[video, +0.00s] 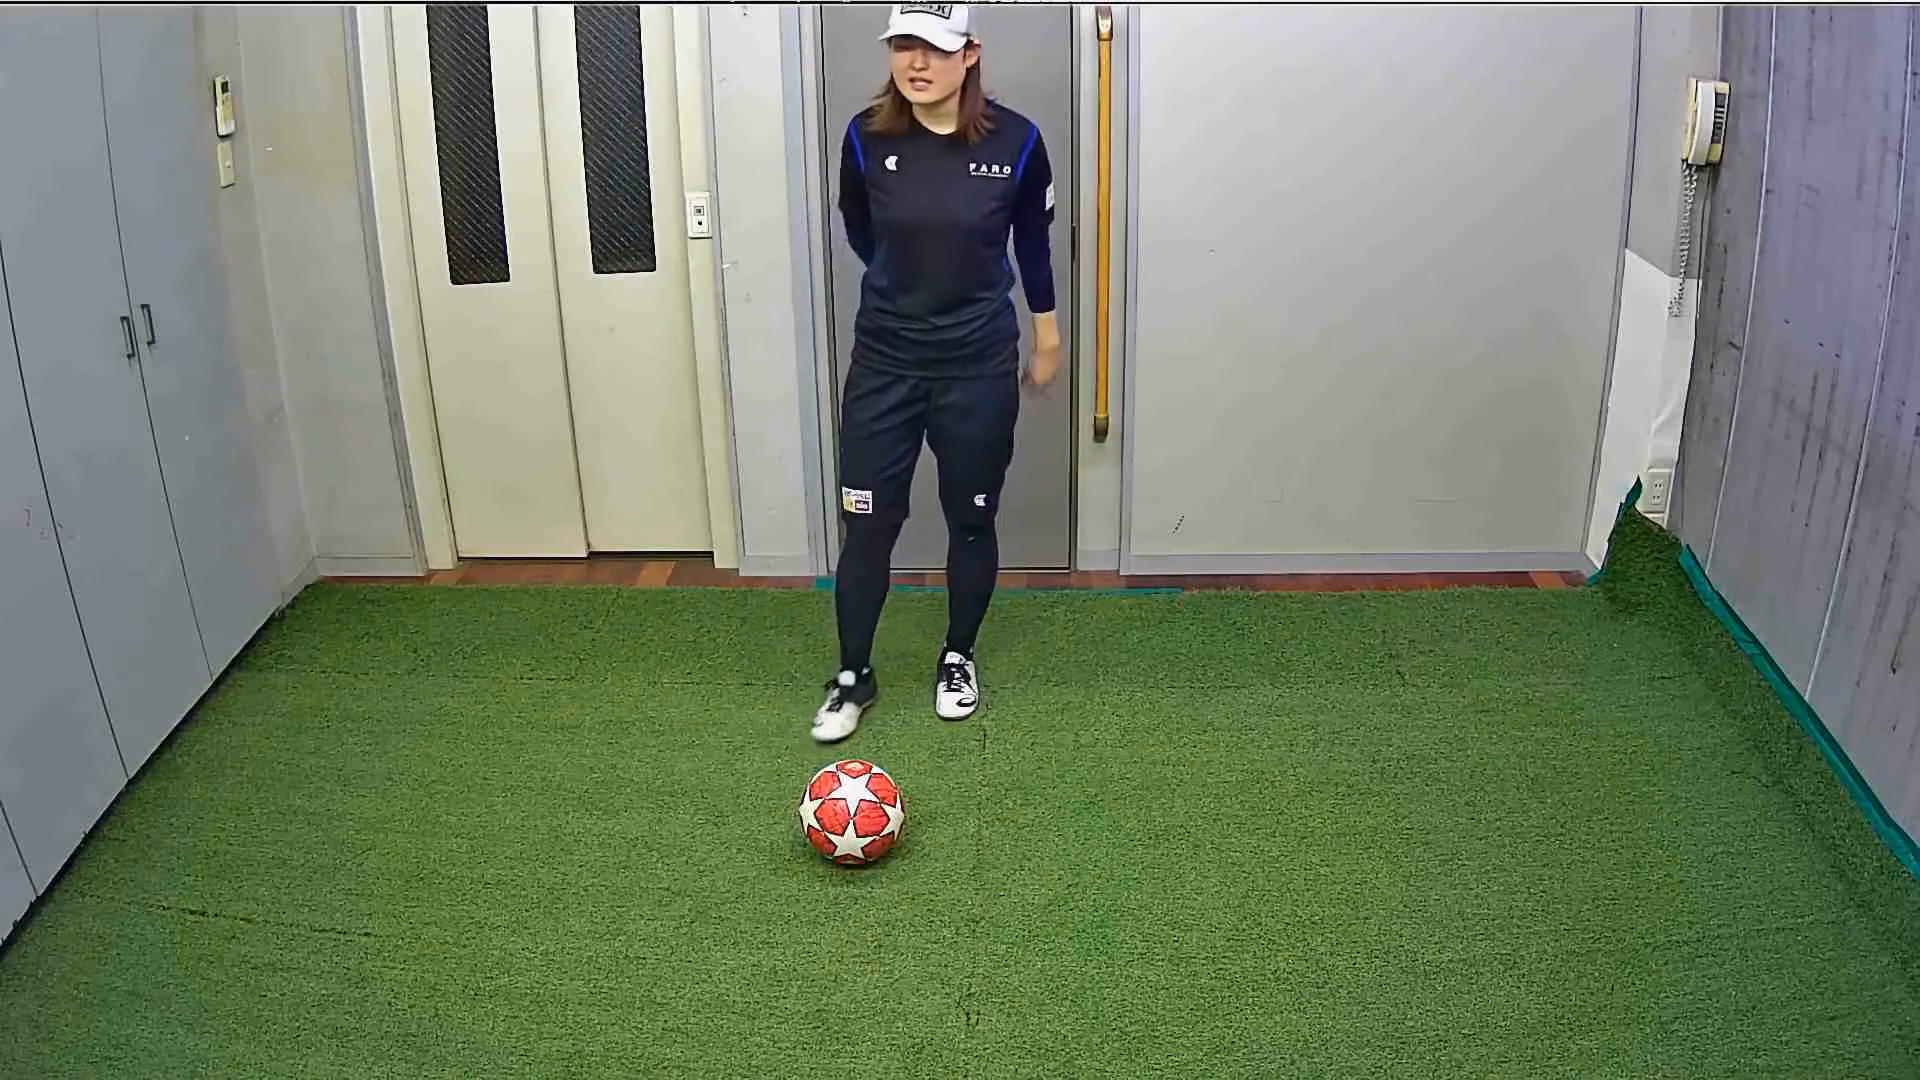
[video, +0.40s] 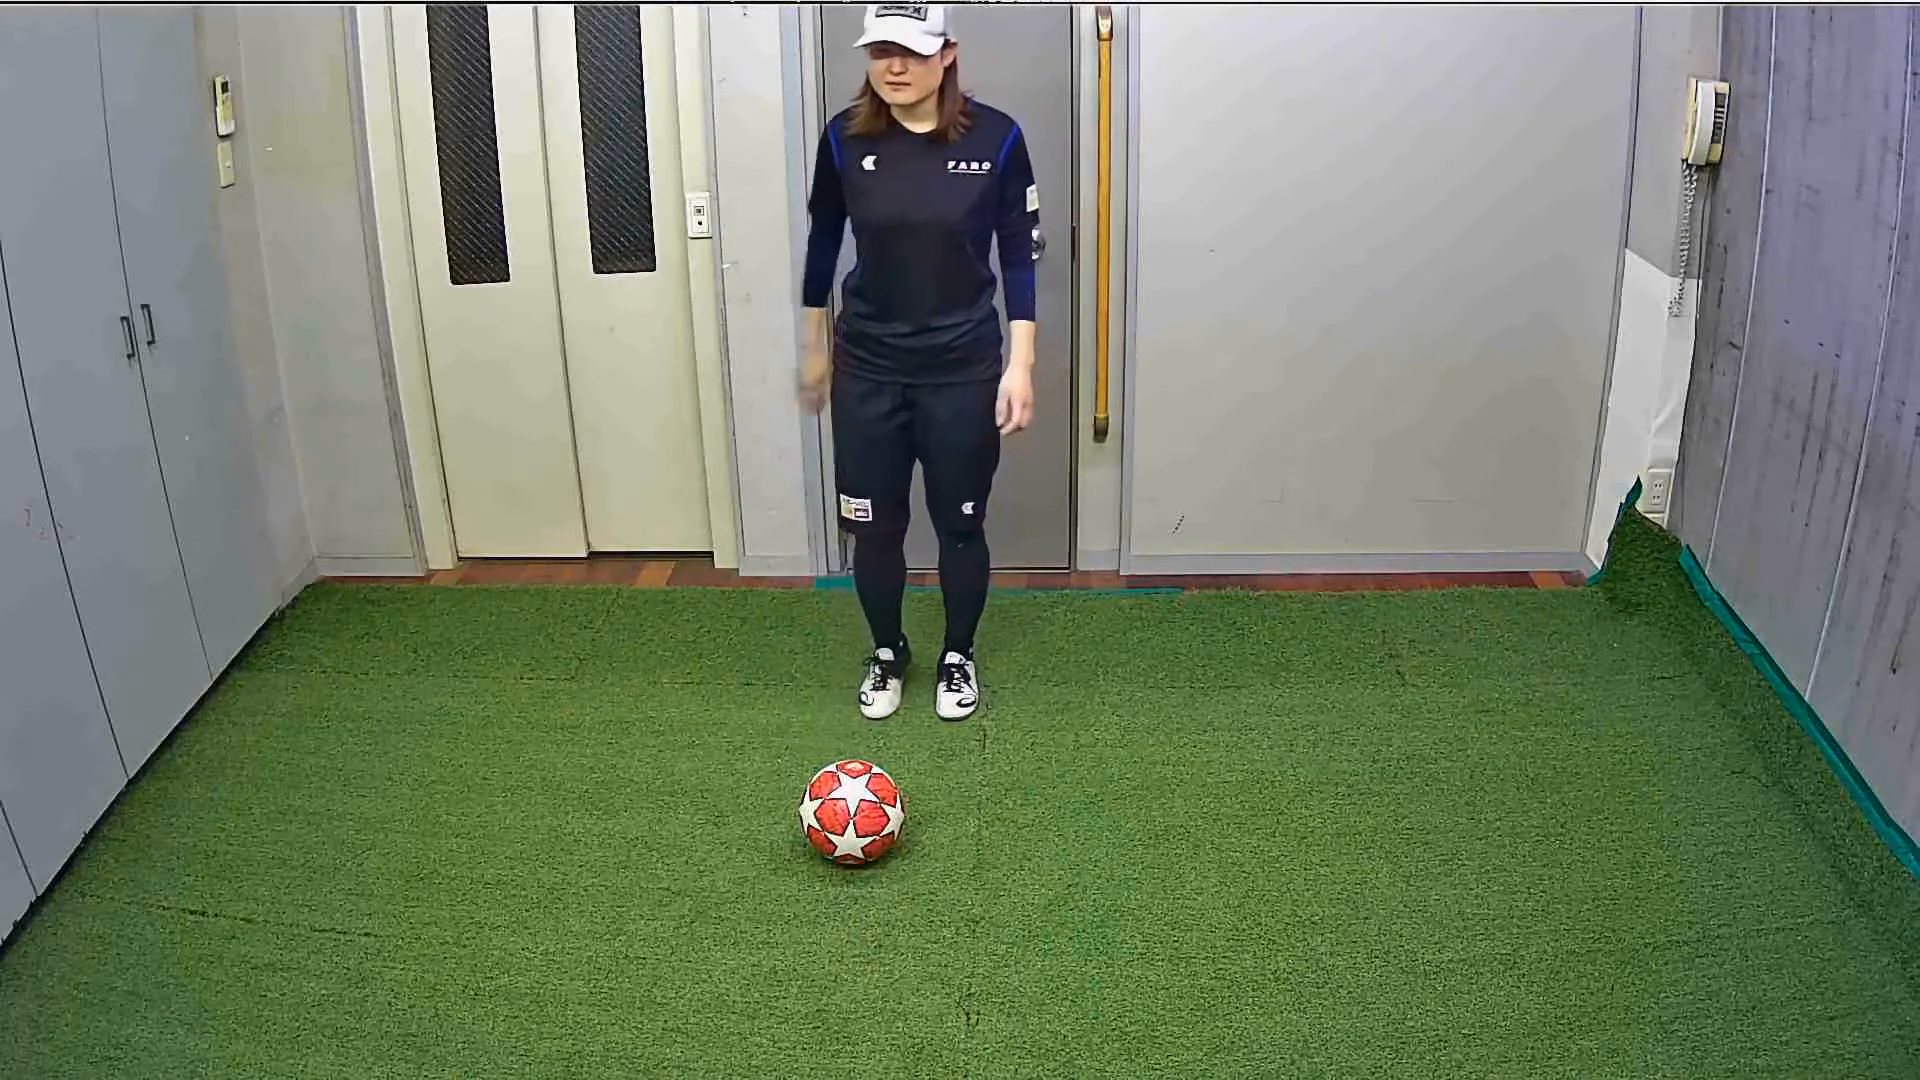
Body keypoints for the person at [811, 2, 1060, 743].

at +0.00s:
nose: (917, 61)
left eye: (934, 49)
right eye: (905, 47)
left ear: (969, 57)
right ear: (890, 57)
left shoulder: (1017, 142)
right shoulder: (866, 136)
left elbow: (1033, 238)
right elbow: (861, 234)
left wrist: (1046, 326)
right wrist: (914, 278)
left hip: (978, 355)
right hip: (884, 353)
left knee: (971, 516)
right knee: (865, 515)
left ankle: (957, 658)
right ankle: (852, 676)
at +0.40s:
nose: (891, 67)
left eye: (908, 54)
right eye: (881, 53)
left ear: (945, 57)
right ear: (868, 59)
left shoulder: (996, 138)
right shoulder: (844, 139)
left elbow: (1019, 255)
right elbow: (823, 240)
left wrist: (1020, 363)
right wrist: (815, 343)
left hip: (962, 365)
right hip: (866, 362)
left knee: (960, 523)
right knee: (869, 521)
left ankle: (958, 660)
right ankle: (886, 654)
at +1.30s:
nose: (878, 143)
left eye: (896, 127)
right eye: (864, 128)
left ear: (934, 108)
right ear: (844, 113)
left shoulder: (995, 181)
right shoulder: (832, 178)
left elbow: (1031, 310)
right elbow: (823, 273)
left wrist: (1065, 433)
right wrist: (785, 369)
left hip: (972, 428)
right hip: (869, 430)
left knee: (979, 622)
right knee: (901, 632)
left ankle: (1003, 760)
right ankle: (948, 769)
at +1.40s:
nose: (870, 140)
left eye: (888, 123)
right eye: (856, 123)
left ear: (929, 108)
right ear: (839, 112)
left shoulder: (990, 189)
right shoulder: (830, 180)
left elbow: (1031, 323)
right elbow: (828, 273)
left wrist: (1051, 444)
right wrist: (803, 362)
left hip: (957, 435)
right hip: (855, 431)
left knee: (968, 623)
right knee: (869, 623)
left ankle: (1001, 759)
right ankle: (877, 813)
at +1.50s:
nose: (846, 127)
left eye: (864, 112)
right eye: (830, 111)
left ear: (903, 106)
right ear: (810, 108)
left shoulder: (963, 184)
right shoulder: (800, 187)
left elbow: (1009, 306)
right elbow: (799, 288)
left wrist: (1011, 420)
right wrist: (782, 391)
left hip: (939, 442)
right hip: (832, 442)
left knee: (960, 626)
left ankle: (997, 758)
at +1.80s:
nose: (750, 120)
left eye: (770, 103)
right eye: (733, 103)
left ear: (811, 103)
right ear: (714, 108)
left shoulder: (870, 186)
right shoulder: (704, 201)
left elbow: (915, 300)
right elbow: (694, 312)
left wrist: (942, 427)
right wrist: (666, 436)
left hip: (846, 446)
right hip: (742, 447)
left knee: (839, 644)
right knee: (738, 626)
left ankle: (930, 722)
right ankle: (741, 770)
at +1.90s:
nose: (721, 123)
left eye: (742, 107)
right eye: (705, 108)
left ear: (779, 108)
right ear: (686, 114)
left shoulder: (844, 185)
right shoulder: (681, 210)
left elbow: (879, 302)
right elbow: (658, 331)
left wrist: (903, 409)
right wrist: (631, 451)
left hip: (829, 451)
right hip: (727, 452)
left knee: (772, 645)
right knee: (726, 630)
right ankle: (742, 769)